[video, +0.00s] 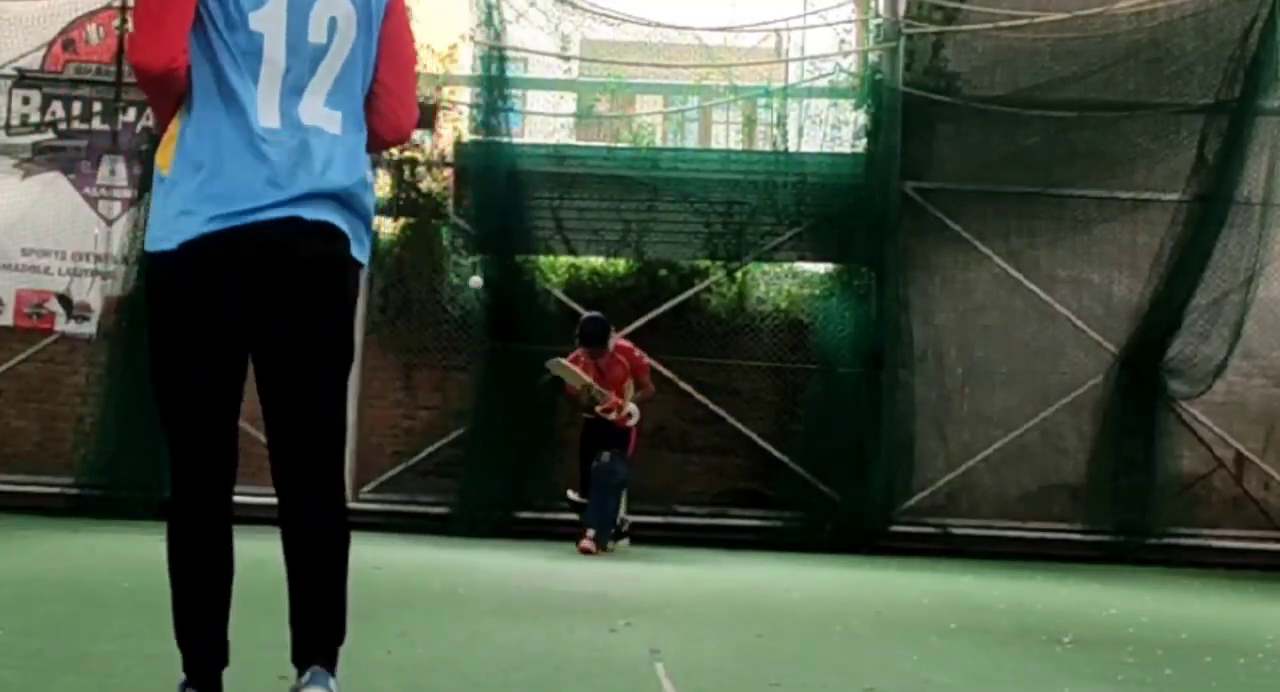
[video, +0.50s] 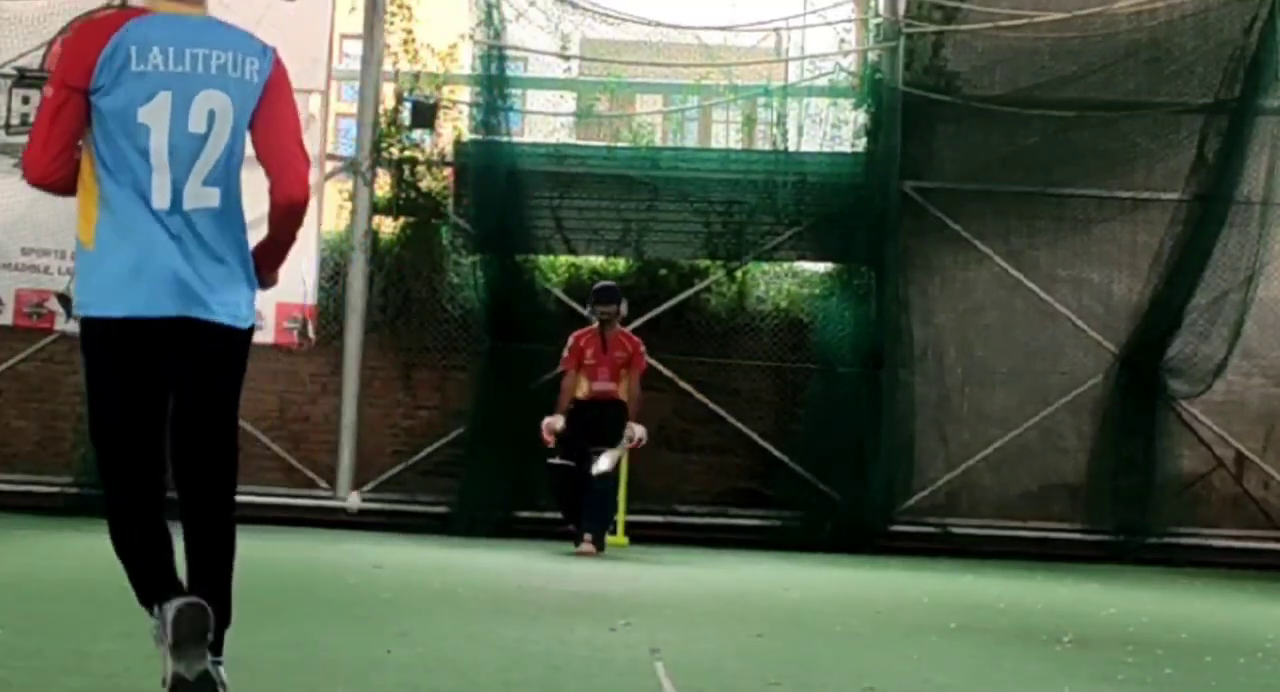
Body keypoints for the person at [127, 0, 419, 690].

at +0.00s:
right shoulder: (377, 2)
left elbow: (157, 61)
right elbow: (395, 119)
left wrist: (180, 116)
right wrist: (324, 131)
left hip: (199, 234)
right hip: (319, 235)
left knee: (199, 471)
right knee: (312, 467)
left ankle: (202, 675)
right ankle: (318, 669)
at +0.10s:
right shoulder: (346, 2)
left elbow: (121, 89)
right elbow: (369, 145)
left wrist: (145, 152)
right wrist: (296, 138)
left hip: (185, 250)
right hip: (298, 250)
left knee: (197, 489)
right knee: (307, 468)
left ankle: (211, 680)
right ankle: (332, 637)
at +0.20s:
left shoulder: (148, 9)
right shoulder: (314, 24)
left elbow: (74, 143)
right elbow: (346, 176)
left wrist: (124, 213)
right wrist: (279, 217)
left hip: (172, 299)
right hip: (279, 300)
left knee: (192, 506)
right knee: (285, 488)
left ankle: (211, 677)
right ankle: (322, 628)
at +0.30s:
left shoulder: (128, 7)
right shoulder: (296, 13)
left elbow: (67, 136)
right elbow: (326, 156)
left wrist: (120, 176)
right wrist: (291, 220)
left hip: (157, 290)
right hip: (257, 293)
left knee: (177, 485)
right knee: (256, 473)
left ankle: (207, 670)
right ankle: (271, 641)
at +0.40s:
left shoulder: (111, 7)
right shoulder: (273, 13)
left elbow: (58, 131)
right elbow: (307, 152)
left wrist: (117, 157)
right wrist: (280, 221)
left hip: (140, 270)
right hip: (238, 275)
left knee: (161, 466)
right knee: (233, 469)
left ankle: (198, 635)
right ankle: (231, 657)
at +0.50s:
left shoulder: (92, 38)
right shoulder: (257, 57)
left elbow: (44, 167)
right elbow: (292, 187)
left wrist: (99, 174)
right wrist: (269, 256)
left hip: (121, 304)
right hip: (218, 304)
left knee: (130, 482)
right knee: (209, 482)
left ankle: (168, 609)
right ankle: (206, 665)